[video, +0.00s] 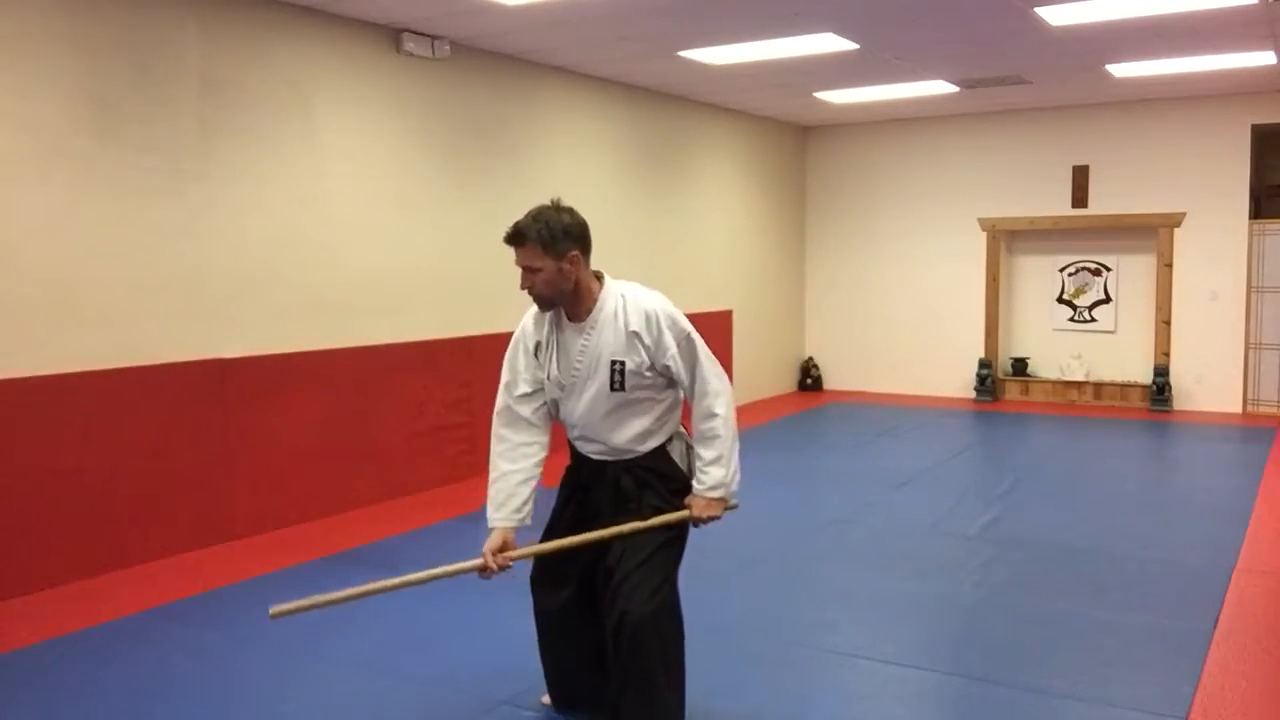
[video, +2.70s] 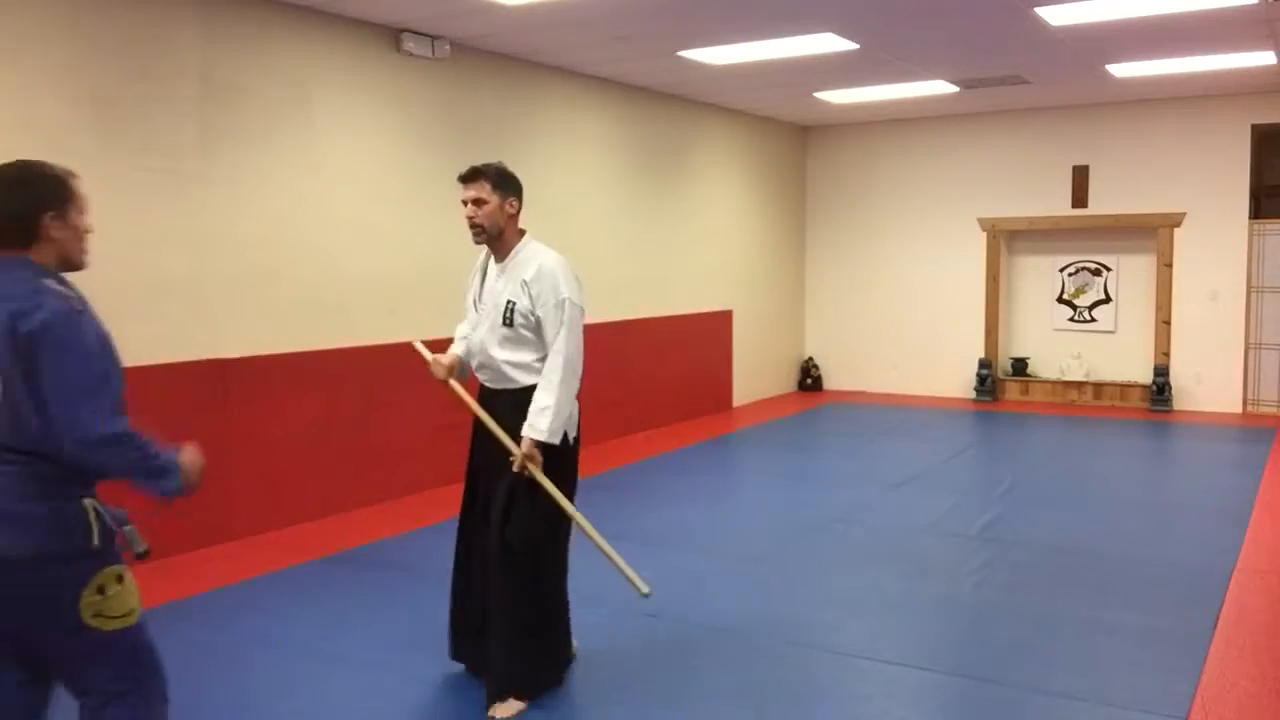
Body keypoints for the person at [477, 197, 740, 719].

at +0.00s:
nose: (524, 283)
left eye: (532, 271)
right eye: (521, 271)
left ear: (573, 264)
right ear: (566, 266)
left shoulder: (647, 314)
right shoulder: (535, 333)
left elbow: (712, 391)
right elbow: (519, 430)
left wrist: (713, 484)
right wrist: (503, 523)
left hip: (652, 478)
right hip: (587, 478)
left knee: (635, 608)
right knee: (554, 586)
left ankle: (647, 711)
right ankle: (579, 697)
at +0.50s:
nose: (545, 217)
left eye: (557, 205)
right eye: (545, 204)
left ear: (600, 208)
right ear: (587, 209)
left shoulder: (649, 284)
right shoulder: (566, 280)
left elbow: (688, 391)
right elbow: (543, 367)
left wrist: (670, 495)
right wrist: (508, 434)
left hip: (635, 458)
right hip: (581, 453)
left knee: (631, 613)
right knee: (575, 602)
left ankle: (633, 712)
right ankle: (582, 703)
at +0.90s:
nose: (547, 195)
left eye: (558, 184)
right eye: (547, 184)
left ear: (597, 191)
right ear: (588, 194)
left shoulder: (625, 268)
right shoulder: (588, 263)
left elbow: (622, 383)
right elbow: (597, 368)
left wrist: (581, 478)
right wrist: (554, 416)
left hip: (621, 449)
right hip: (586, 439)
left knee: (625, 600)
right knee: (589, 594)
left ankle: (632, 706)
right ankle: (587, 699)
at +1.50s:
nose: (515, 202)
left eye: (525, 190)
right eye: (514, 192)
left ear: (562, 194)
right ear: (552, 198)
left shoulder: (581, 259)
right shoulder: (558, 259)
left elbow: (582, 360)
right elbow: (554, 353)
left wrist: (521, 423)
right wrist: (506, 374)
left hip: (586, 437)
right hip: (559, 433)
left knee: (578, 586)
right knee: (552, 585)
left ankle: (582, 707)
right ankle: (554, 705)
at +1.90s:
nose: (483, 203)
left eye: (494, 192)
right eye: (483, 192)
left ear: (529, 199)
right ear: (513, 201)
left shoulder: (548, 264)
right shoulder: (522, 261)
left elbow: (552, 371)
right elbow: (503, 325)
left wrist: (491, 423)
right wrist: (437, 309)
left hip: (556, 430)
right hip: (526, 427)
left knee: (542, 562)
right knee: (522, 560)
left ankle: (540, 697)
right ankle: (528, 693)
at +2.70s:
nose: (469, 213)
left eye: (478, 203)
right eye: (465, 204)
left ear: (512, 206)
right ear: (469, 211)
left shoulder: (549, 270)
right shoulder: (484, 267)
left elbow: (564, 363)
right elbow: (476, 327)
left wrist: (537, 435)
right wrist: (456, 356)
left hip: (541, 415)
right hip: (495, 407)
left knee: (525, 544)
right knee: (486, 534)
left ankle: (518, 682)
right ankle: (495, 651)